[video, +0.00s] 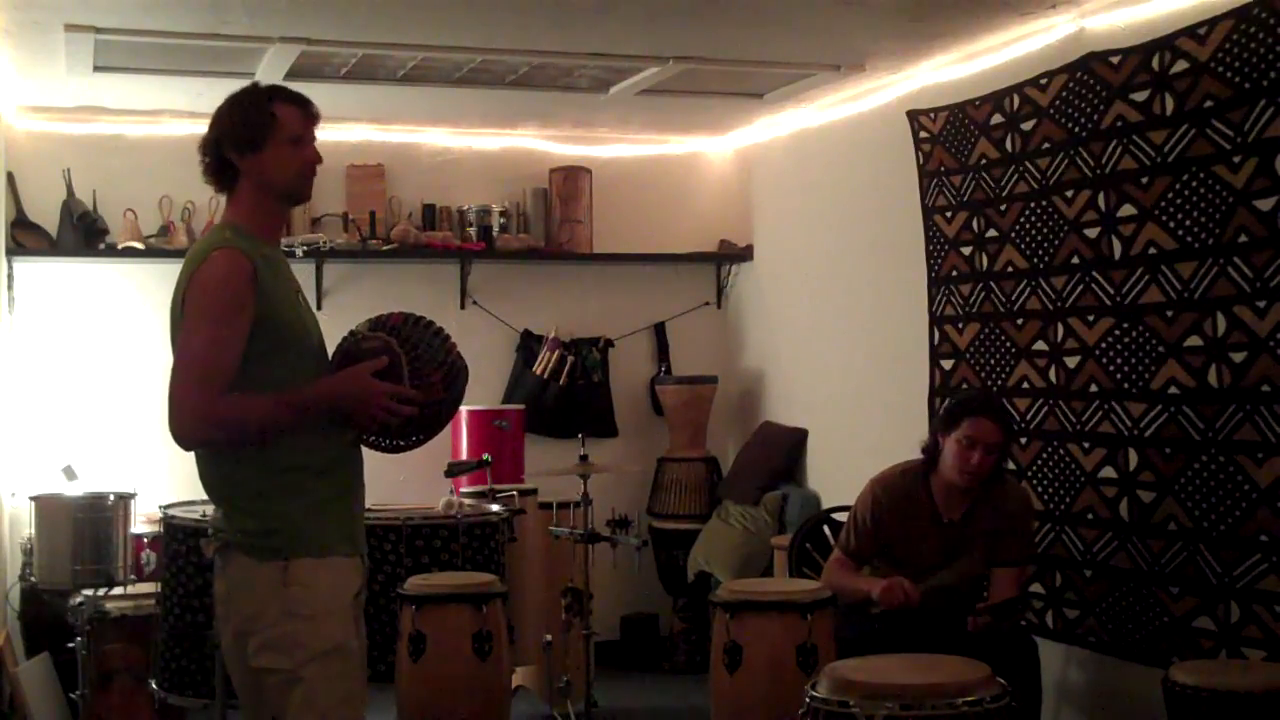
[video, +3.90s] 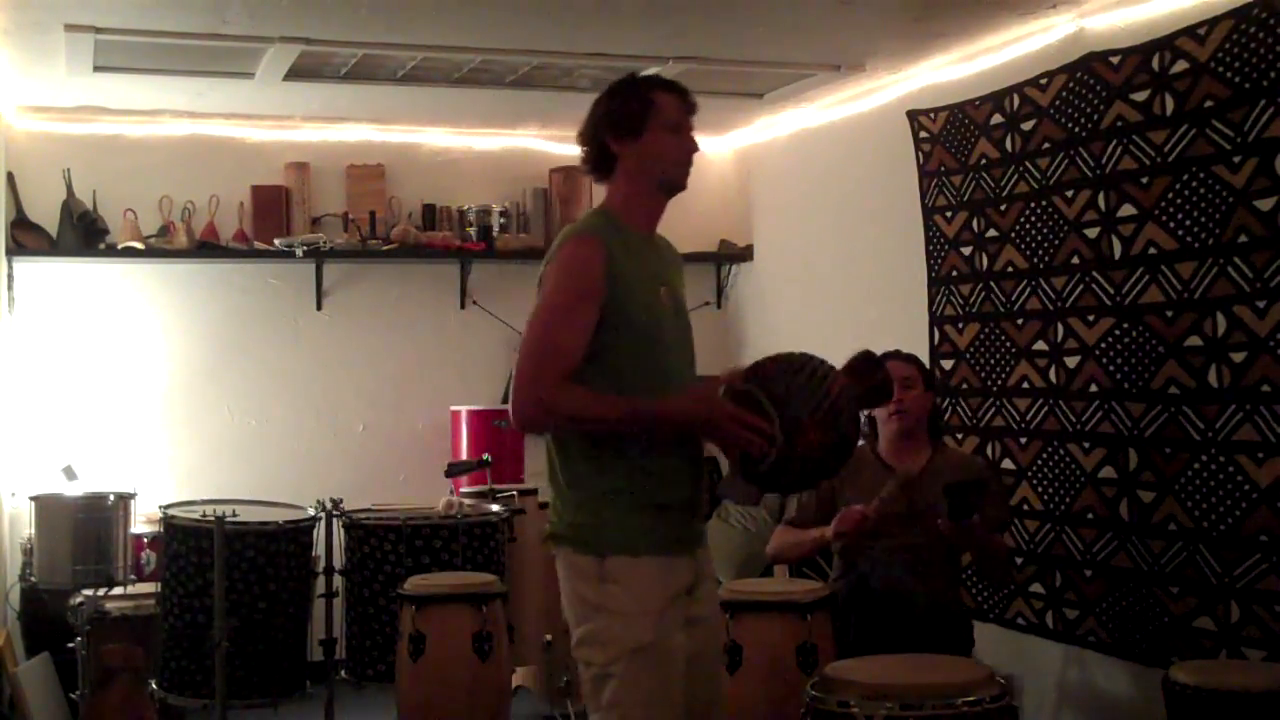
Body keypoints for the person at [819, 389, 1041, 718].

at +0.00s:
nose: (976, 460)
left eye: (990, 451)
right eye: (967, 444)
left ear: (1001, 455)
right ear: (941, 437)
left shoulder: (1010, 503)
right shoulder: (887, 492)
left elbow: (1005, 593)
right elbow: (832, 573)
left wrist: (989, 616)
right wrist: (872, 585)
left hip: (964, 624)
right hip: (891, 619)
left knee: (1018, 651)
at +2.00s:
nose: (957, 446)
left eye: (973, 440)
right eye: (952, 432)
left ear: (994, 456)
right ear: (939, 434)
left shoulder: (1007, 506)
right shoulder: (885, 489)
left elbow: (1005, 595)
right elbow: (834, 575)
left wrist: (988, 612)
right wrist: (877, 592)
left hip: (959, 626)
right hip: (885, 623)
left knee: (1016, 648)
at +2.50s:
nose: (979, 452)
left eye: (997, 445)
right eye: (974, 436)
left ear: (1016, 459)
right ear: (957, 436)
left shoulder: (1028, 509)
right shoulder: (907, 483)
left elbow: (1018, 602)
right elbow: (814, 531)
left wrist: (981, 626)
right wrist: (875, 570)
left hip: (969, 618)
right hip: (896, 607)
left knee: (1019, 649)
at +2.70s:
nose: (968, 413)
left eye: (985, 405)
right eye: (961, 399)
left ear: (1004, 423)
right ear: (944, 407)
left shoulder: (1018, 496)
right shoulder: (894, 460)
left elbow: (1024, 596)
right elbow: (801, 510)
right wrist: (858, 542)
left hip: (961, 619)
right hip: (879, 609)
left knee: (1018, 670)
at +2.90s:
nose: (934, 395)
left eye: (948, 386)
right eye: (924, 386)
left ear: (973, 408)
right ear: (909, 402)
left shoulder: (997, 488)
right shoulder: (869, 464)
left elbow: (1022, 582)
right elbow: (776, 507)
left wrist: (980, 585)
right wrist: (838, 551)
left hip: (955, 621)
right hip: (874, 616)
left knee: (1005, 677)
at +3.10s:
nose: (896, 373)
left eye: (909, 368)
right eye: (884, 369)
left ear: (929, 392)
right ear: (868, 398)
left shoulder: (968, 465)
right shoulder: (837, 462)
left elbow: (1005, 543)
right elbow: (762, 521)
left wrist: (965, 567)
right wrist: (832, 536)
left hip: (944, 615)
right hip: (863, 616)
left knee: (995, 671)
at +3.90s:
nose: (895, 398)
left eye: (907, 387)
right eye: (884, 390)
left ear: (929, 399)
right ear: (869, 406)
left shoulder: (966, 472)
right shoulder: (841, 471)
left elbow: (1000, 562)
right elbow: (775, 547)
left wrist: (968, 536)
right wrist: (827, 533)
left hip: (940, 635)